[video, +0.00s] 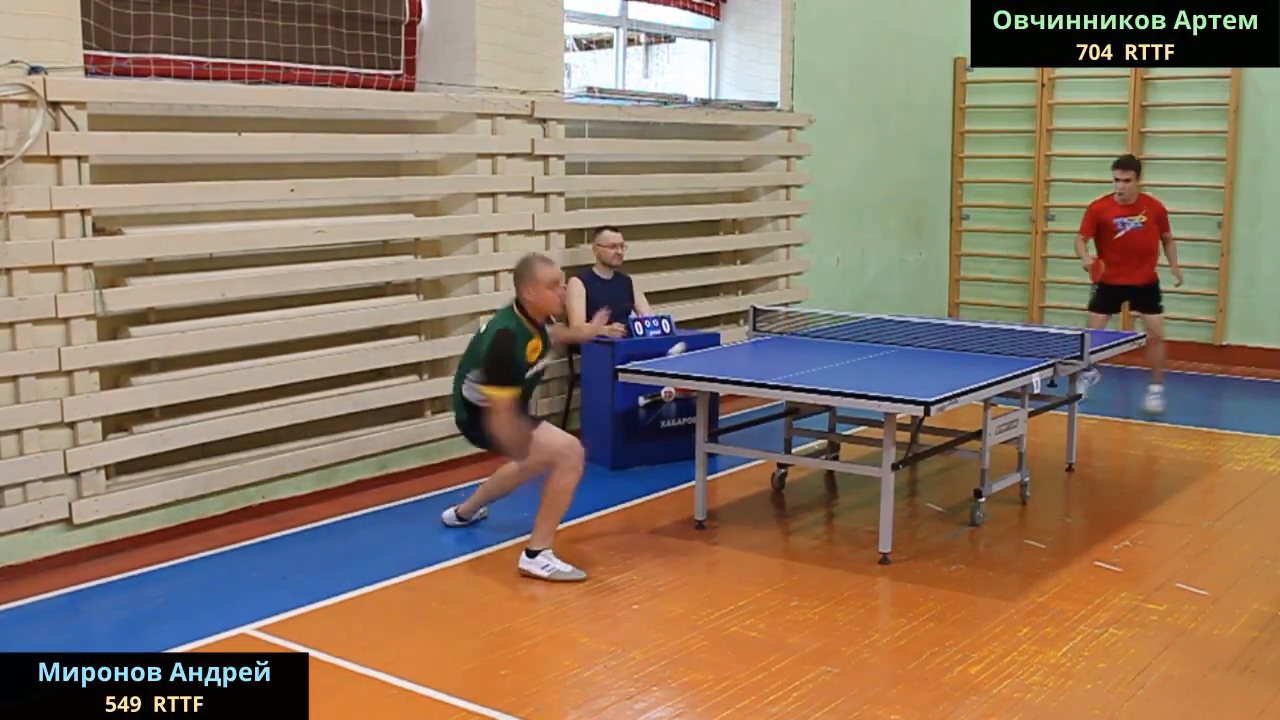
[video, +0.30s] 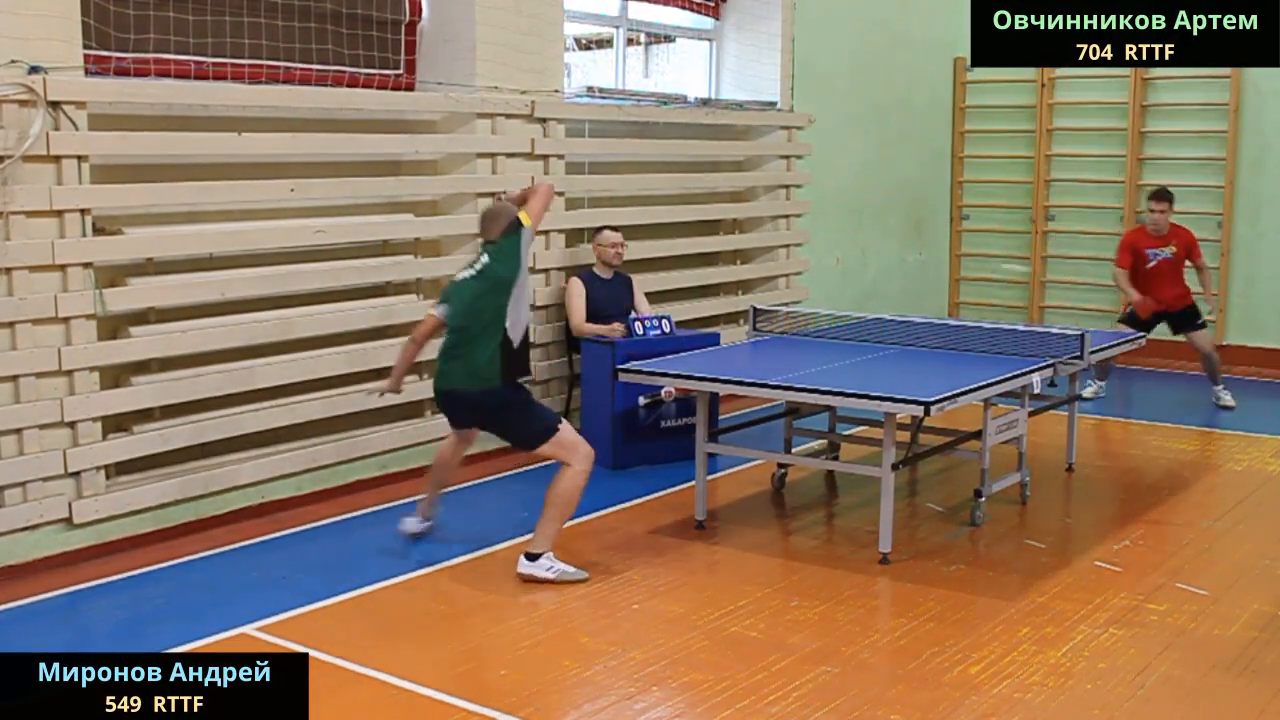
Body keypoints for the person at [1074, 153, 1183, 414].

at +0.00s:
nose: (1119, 187)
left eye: (1125, 181)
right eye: (1116, 180)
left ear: (1138, 181)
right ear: (1112, 180)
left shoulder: (1154, 208)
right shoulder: (1098, 209)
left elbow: (1167, 238)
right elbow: (1081, 240)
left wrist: (1174, 265)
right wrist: (1085, 257)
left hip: (1144, 281)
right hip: (1109, 280)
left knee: (1155, 333)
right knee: (1093, 329)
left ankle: (1156, 388)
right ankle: (1089, 373)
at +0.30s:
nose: (1156, 217)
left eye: (1161, 212)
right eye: (1152, 211)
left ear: (1170, 213)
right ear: (1146, 211)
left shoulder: (1183, 237)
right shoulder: (1131, 239)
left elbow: (1201, 267)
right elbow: (1120, 273)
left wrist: (1208, 293)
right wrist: (1133, 295)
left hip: (1178, 303)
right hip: (1145, 303)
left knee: (1207, 349)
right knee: (1111, 344)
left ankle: (1218, 388)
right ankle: (1098, 383)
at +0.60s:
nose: (1240, 227)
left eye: (1246, 222)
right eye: (1236, 220)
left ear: (1253, 222)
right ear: (1229, 217)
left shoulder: (1254, 242)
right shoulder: (1213, 241)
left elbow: (1260, 274)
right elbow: (1229, 282)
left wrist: (1277, 290)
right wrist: (1265, 278)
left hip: (1228, 304)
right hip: (1194, 304)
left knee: (1264, 342)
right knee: (1159, 347)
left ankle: (1266, 393)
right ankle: (1117, 382)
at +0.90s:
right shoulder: (1268, 242)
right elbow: (1246, 280)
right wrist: (1268, 312)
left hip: (1257, 297)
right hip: (1228, 291)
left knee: (1278, 339)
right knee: (1213, 345)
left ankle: (1271, 392)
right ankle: (1180, 386)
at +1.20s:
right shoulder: (1260, 212)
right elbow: (1229, 237)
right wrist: (1230, 275)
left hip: (1274, 289)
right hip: (1246, 285)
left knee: (1278, 340)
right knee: (1232, 338)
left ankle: (1277, 389)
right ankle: (1219, 391)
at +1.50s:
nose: (1260, 195)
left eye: (1266, 190)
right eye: (1257, 189)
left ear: (1274, 191)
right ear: (1249, 186)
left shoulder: (1277, 218)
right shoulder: (1228, 213)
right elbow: (1210, 241)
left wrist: (1275, 271)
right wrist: (1212, 266)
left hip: (1265, 294)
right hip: (1229, 291)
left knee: (1274, 345)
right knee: (1219, 339)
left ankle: (1276, 386)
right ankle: (1217, 400)